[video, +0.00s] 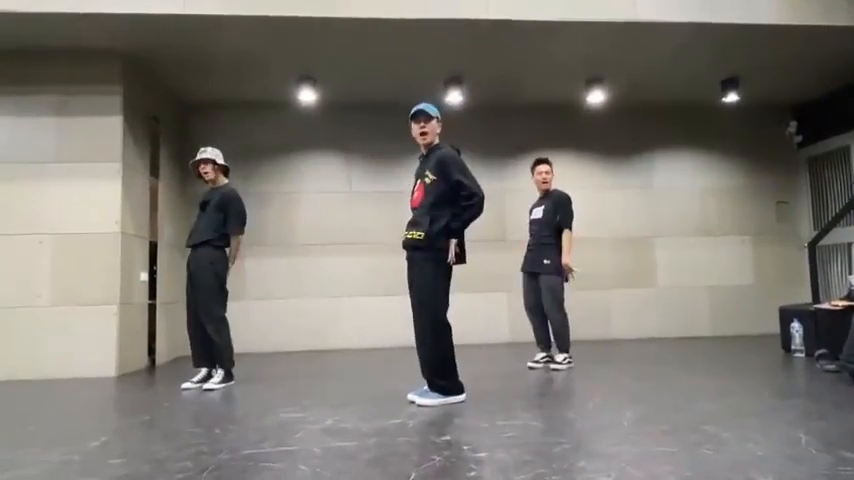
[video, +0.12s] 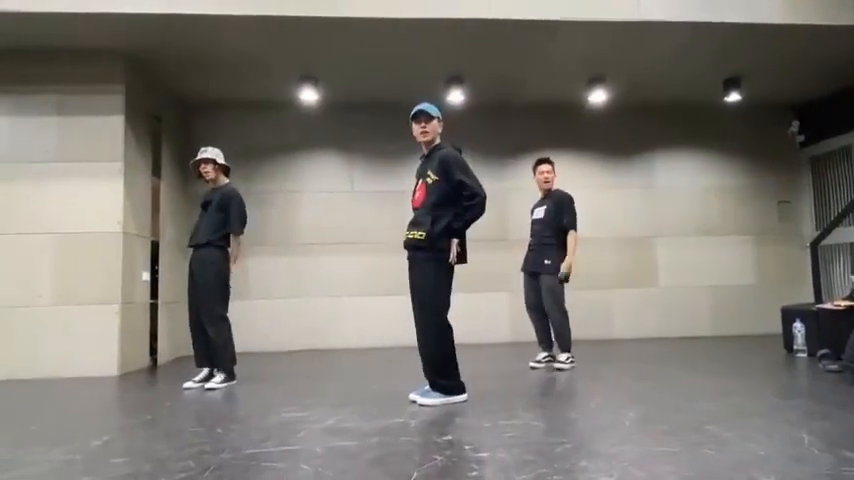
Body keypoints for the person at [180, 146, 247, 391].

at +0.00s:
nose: (203, 169)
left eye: (207, 164)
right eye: (200, 166)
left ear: (219, 166)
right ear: (199, 171)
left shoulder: (230, 195)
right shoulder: (210, 195)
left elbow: (236, 234)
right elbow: (208, 230)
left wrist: (230, 262)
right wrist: (225, 259)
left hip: (213, 254)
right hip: (197, 254)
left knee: (212, 313)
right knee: (196, 313)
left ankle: (224, 370)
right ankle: (204, 367)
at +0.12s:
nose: (204, 169)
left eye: (207, 164)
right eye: (201, 166)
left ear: (219, 166)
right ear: (200, 171)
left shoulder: (231, 194)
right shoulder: (210, 195)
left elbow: (235, 233)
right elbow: (211, 228)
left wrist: (233, 259)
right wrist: (228, 257)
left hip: (215, 254)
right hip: (198, 254)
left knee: (214, 314)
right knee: (197, 313)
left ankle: (225, 371)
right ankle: (206, 367)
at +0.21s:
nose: (204, 169)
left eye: (207, 164)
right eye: (201, 165)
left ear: (220, 166)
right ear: (201, 170)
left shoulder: (232, 195)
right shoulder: (210, 195)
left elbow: (236, 236)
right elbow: (207, 232)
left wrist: (234, 271)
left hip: (217, 256)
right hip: (199, 256)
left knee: (216, 314)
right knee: (198, 314)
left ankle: (226, 369)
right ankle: (207, 366)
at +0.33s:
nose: (205, 167)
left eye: (209, 162)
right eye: (203, 164)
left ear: (221, 164)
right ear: (202, 168)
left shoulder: (234, 193)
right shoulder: (209, 195)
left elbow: (240, 233)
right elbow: (202, 231)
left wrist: (237, 267)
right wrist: (190, 258)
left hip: (219, 256)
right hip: (202, 256)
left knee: (219, 313)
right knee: (200, 313)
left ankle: (227, 368)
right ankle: (208, 365)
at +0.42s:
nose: (206, 165)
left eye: (210, 160)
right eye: (203, 162)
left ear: (222, 162)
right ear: (202, 167)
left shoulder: (237, 192)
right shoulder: (206, 194)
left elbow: (243, 232)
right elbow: (199, 229)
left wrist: (236, 265)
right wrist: (185, 255)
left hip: (223, 255)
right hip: (204, 255)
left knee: (221, 312)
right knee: (202, 310)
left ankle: (228, 368)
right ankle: (210, 364)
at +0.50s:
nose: (207, 163)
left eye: (212, 159)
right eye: (205, 160)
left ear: (223, 161)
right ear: (203, 165)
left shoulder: (238, 190)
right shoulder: (205, 192)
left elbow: (242, 229)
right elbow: (198, 227)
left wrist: (233, 262)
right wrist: (185, 253)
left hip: (225, 254)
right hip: (206, 254)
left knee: (224, 311)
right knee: (204, 310)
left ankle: (229, 368)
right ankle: (210, 364)